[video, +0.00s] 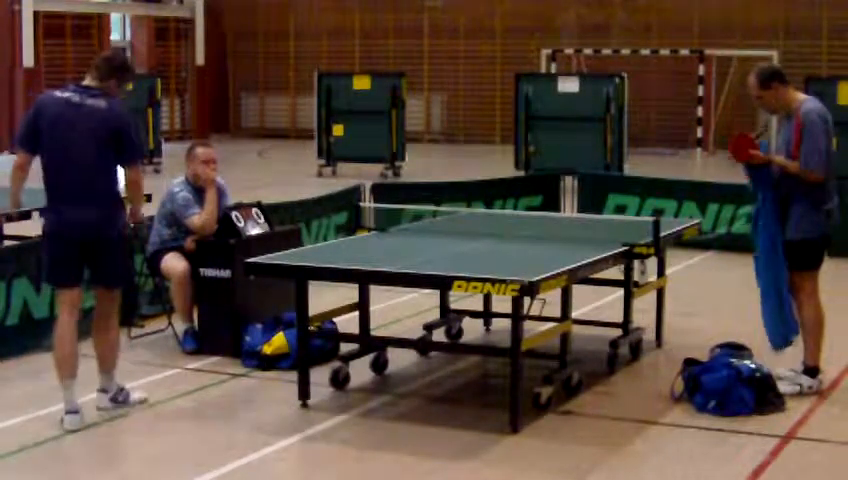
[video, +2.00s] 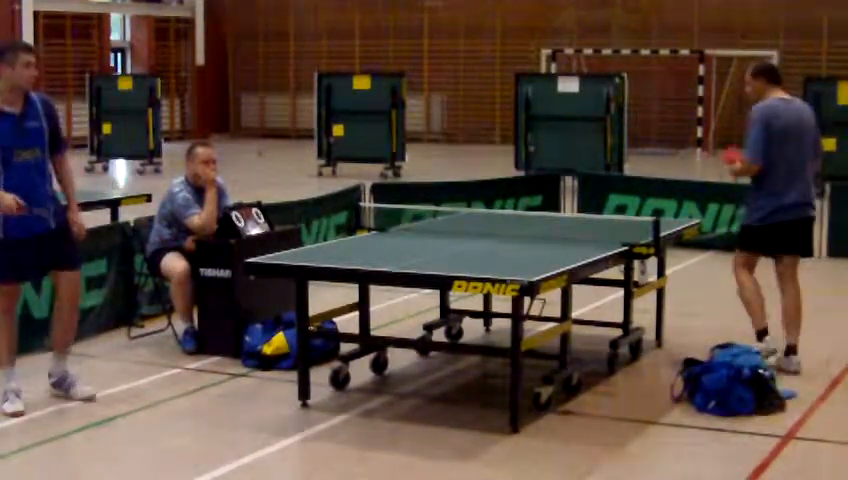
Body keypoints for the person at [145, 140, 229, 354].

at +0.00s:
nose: (212, 168)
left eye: (214, 163)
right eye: (206, 163)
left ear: (217, 164)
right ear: (190, 166)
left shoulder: (218, 187)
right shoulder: (179, 192)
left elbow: (224, 223)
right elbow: (205, 226)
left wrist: (197, 237)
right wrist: (211, 189)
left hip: (199, 241)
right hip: (166, 244)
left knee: (226, 262)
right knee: (181, 269)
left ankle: (221, 320)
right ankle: (188, 327)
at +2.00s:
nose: (212, 168)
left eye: (214, 163)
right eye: (206, 163)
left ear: (217, 165)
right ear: (190, 166)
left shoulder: (217, 187)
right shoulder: (179, 192)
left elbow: (227, 222)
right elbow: (205, 227)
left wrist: (197, 237)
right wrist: (211, 189)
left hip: (198, 241)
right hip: (165, 245)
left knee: (227, 262)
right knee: (181, 269)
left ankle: (222, 322)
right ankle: (188, 327)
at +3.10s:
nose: (204, 168)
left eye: (206, 162)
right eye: (198, 162)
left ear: (210, 164)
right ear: (184, 165)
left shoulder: (213, 188)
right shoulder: (169, 194)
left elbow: (224, 224)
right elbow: (187, 225)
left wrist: (198, 235)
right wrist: (202, 188)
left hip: (199, 241)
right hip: (165, 243)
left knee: (226, 259)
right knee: (183, 266)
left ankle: (223, 321)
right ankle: (189, 326)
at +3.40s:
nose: (194, 159)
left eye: (195, 153)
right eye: (187, 153)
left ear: (199, 158)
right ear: (171, 158)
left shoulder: (202, 184)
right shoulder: (163, 185)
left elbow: (219, 207)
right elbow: (165, 216)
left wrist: (217, 220)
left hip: (202, 240)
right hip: (173, 244)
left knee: (225, 262)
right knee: (184, 267)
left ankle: (222, 319)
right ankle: (188, 325)